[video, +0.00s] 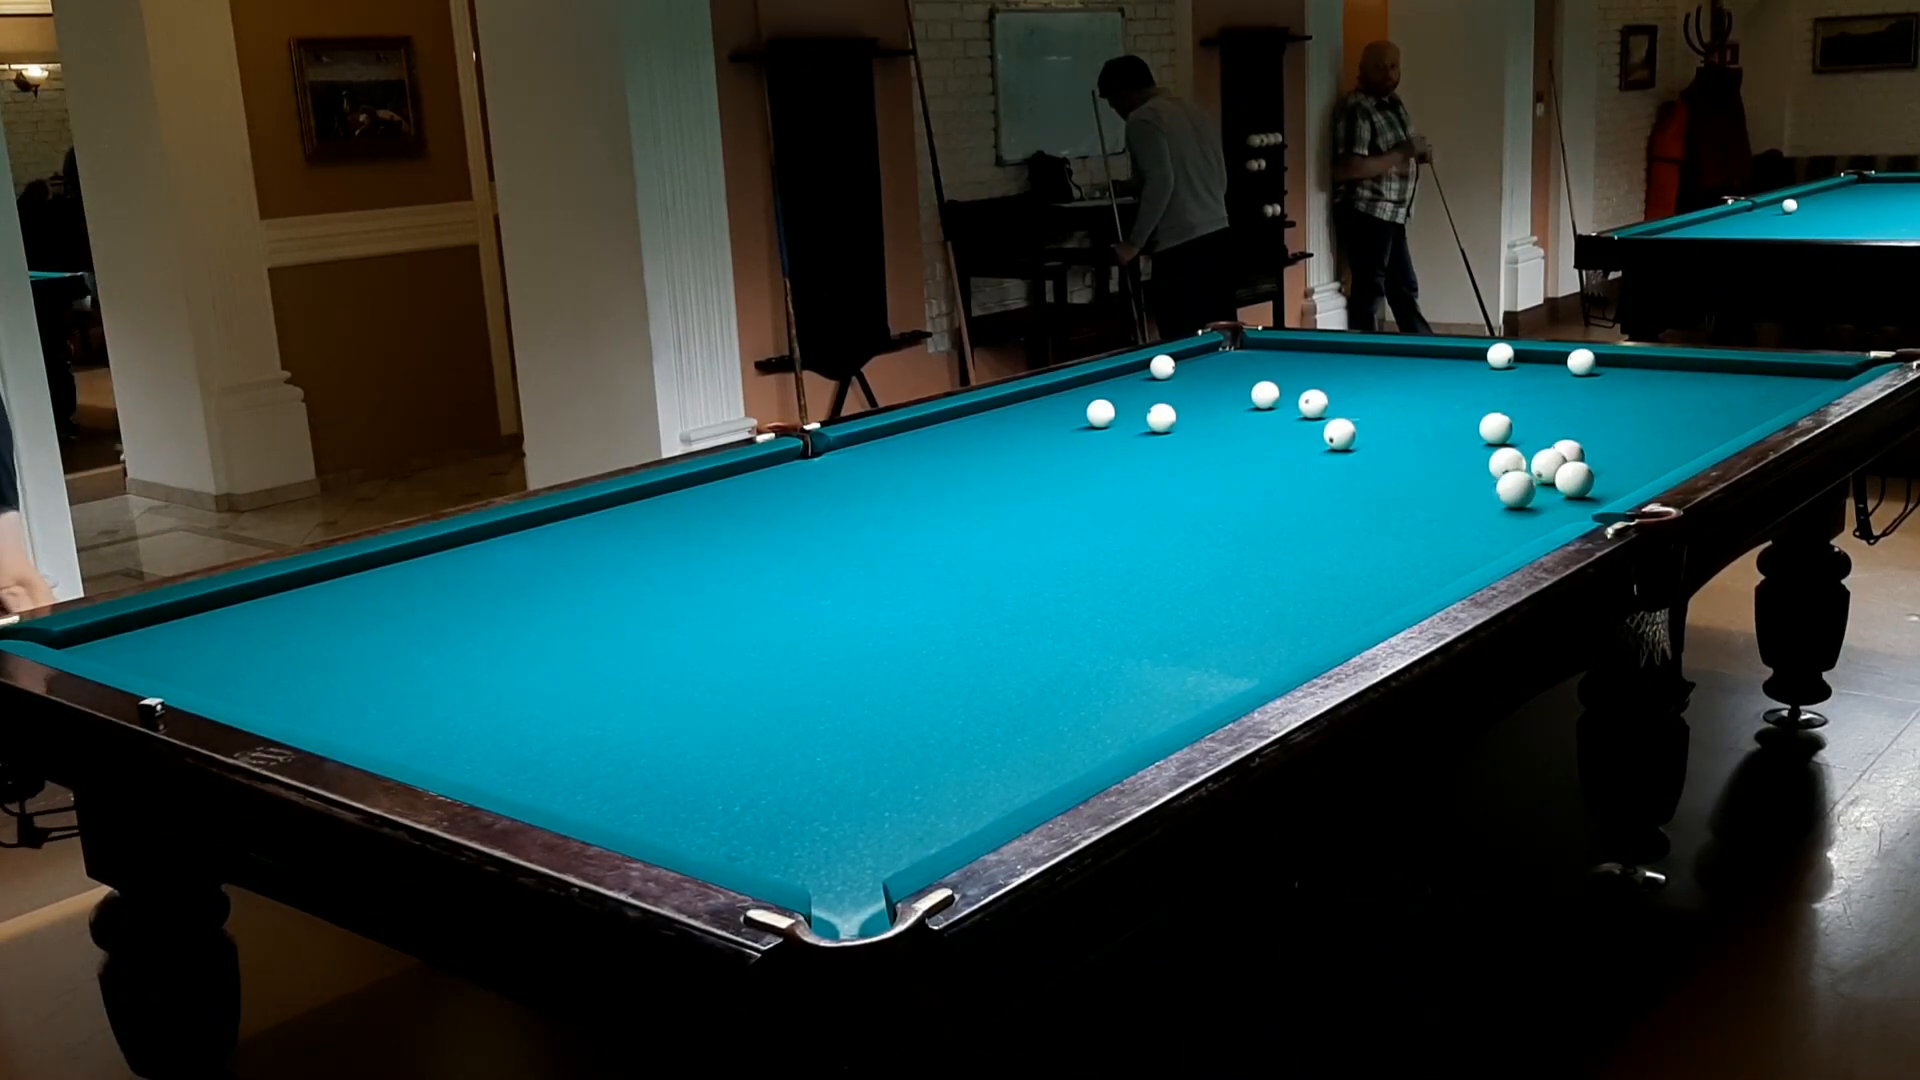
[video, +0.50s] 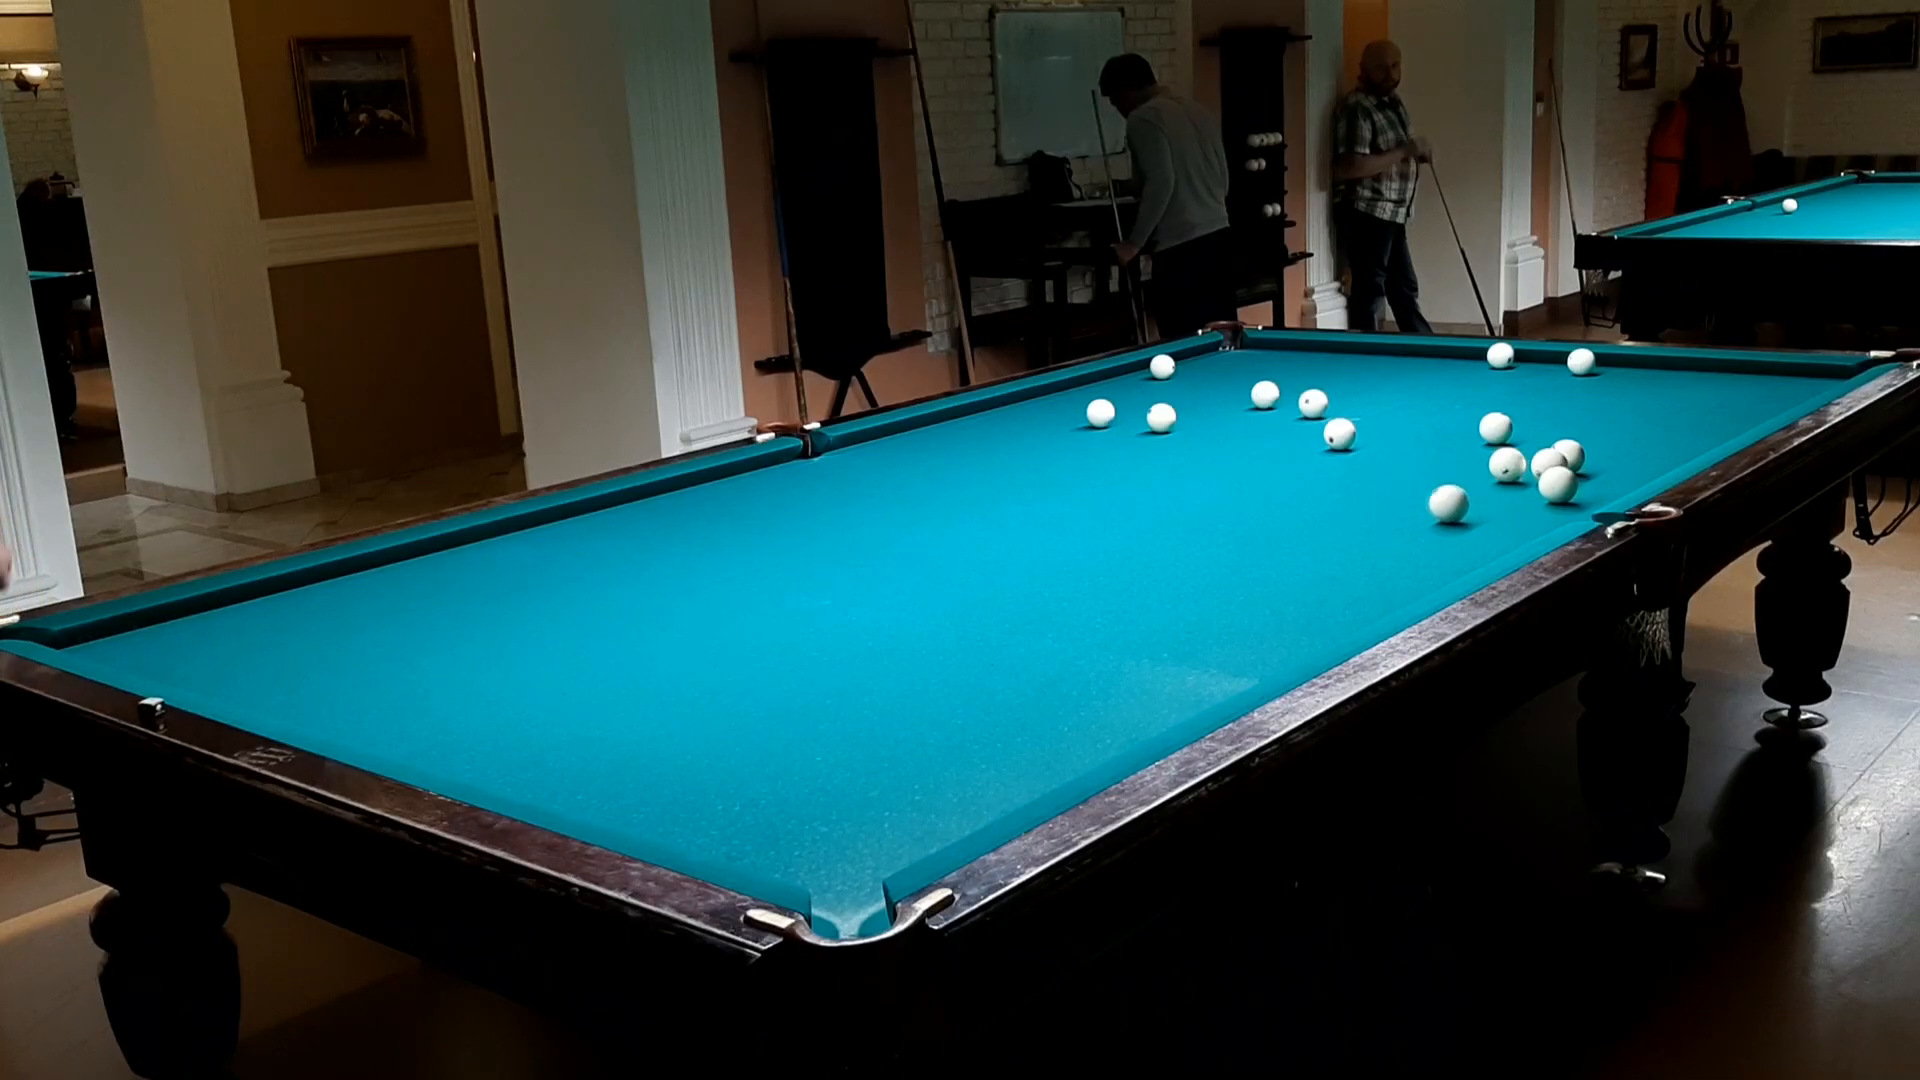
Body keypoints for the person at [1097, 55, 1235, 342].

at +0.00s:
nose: (1114, 108)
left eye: (1112, 100)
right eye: (1110, 101)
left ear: (1122, 92)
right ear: (1148, 81)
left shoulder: (1142, 121)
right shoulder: (1192, 110)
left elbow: (1160, 181)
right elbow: (1216, 176)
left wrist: (1133, 243)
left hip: (1179, 250)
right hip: (1220, 239)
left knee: (1180, 343)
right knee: (1220, 335)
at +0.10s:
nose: (1115, 109)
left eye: (1113, 100)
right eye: (1111, 102)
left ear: (1124, 91)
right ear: (1149, 81)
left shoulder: (1142, 121)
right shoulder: (1194, 111)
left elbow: (1160, 181)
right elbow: (1216, 176)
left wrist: (1133, 243)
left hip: (1180, 251)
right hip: (1220, 240)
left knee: (1181, 344)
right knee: (1221, 336)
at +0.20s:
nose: (1115, 109)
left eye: (1113, 100)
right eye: (1111, 102)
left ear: (1122, 93)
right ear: (1149, 81)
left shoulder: (1142, 120)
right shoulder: (1195, 110)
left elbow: (1161, 182)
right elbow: (1220, 179)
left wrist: (1133, 244)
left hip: (1179, 249)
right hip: (1220, 239)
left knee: (1181, 344)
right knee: (1222, 336)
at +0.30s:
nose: (1115, 108)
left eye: (1113, 100)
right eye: (1111, 101)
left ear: (1123, 92)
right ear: (1149, 80)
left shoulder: (1143, 120)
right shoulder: (1196, 111)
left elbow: (1160, 182)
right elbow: (1220, 177)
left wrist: (1133, 244)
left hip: (1179, 250)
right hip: (1220, 240)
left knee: (1181, 344)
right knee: (1222, 336)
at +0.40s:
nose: (1116, 107)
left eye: (1113, 99)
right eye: (1112, 100)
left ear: (1124, 91)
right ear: (1150, 80)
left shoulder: (1142, 119)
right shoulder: (1196, 110)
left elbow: (1161, 182)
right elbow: (1221, 178)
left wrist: (1133, 244)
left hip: (1178, 250)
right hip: (1220, 240)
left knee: (1181, 346)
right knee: (1222, 338)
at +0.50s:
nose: (1116, 108)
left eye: (1114, 99)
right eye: (1112, 100)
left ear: (1123, 91)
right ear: (1150, 80)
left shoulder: (1143, 119)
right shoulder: (1194, 109)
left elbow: (1161, 182)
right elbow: (1220, 176)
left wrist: (1133, 243)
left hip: (1179, 249)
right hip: (1220, 239)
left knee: (1181, 343)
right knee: (1222, 335)